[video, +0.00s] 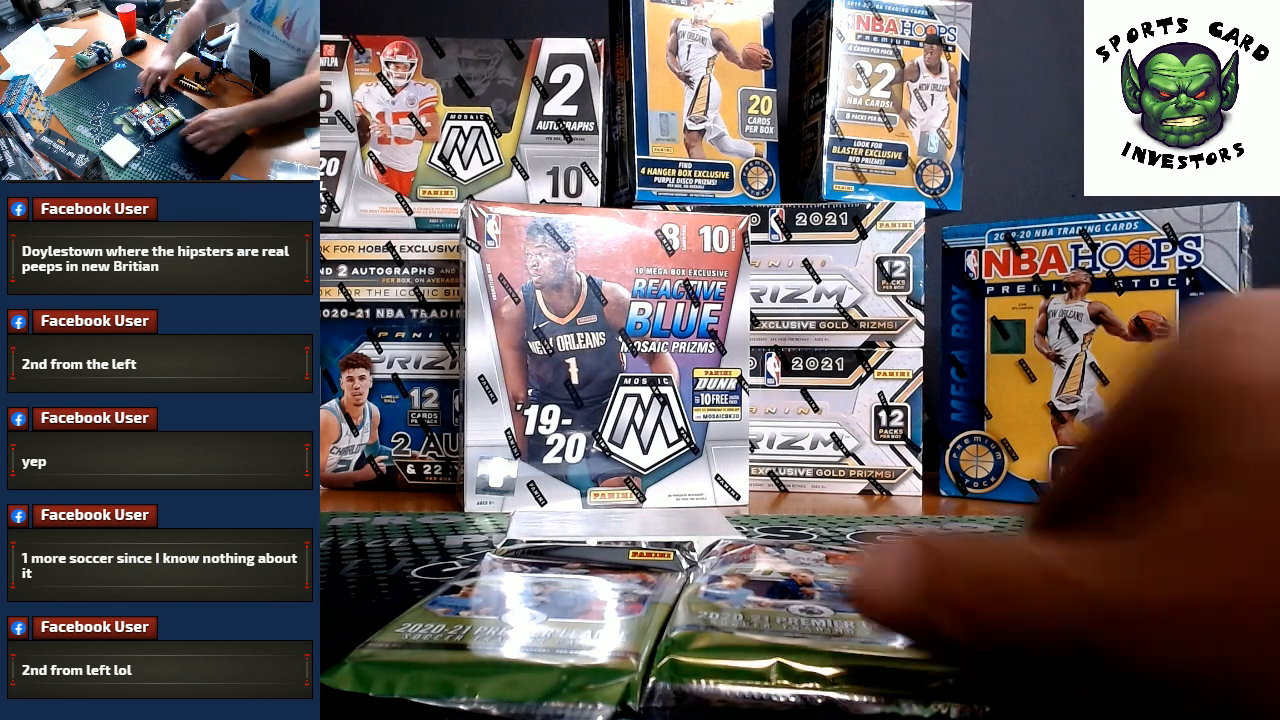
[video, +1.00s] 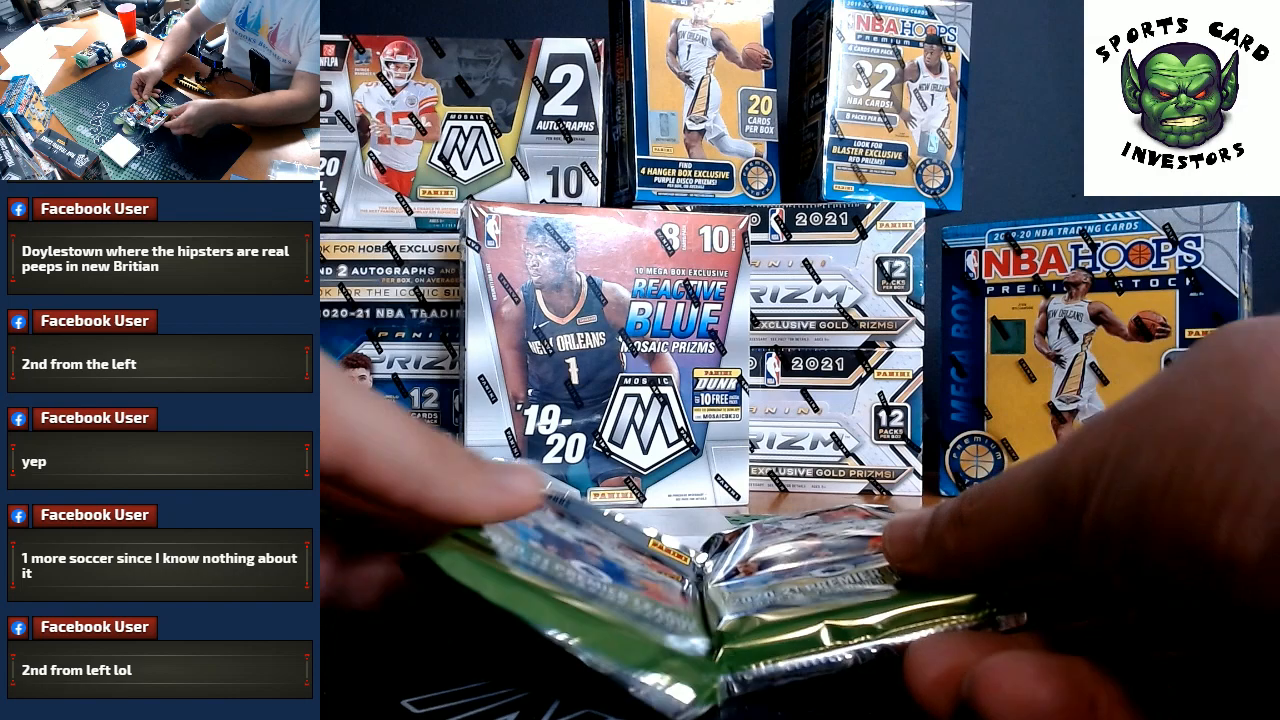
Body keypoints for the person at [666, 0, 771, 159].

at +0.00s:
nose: (697, 9)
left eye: (703, 6)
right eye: (695, 6)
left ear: (711, 12)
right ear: (692, 8)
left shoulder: (715, 34)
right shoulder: (678, 24)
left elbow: (740, 59)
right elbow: (670, 53)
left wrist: (764, 62)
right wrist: (678, 72)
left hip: (705, 87)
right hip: (692, 88)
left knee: (692, 141)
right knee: (725, 145)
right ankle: (766, 157)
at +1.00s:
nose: (697, 9)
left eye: (702, 6)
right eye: (695, 5)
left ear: (711, 11)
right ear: (691, 8)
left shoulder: (715, 34)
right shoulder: (678, 24)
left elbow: (739, 59)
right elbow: (670, 54)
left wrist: (764, 62)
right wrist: (678, 72)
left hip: (705, 87)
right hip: (692, 88)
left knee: (692, 141)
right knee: (725, 145)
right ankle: (765, 157)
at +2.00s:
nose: (697, 9)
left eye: (702, 6)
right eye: (695, 6)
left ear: (711, 11)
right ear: (691, 8)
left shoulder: (715, 34)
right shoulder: (678, 24)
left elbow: (739, 59)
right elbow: (670, 54)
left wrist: (764, 62)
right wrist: (678, 72)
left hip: (705, 87)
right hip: (692, 88)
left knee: (692, 141)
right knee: (725, 145)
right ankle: (764, 157)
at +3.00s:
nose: (693, 11)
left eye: (696, 7)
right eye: (688, 6)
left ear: (702, 8)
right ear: (683, 7)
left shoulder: (712, 30)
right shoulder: (679, 24)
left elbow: (734, 54)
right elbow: (671, 51)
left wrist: (757, 58)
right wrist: (678, 69)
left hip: (707, 85)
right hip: (692, 85)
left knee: (692, 138)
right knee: (723, 142)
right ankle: (757, 152)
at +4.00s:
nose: (695, 11)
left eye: (698, 8)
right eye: (690, 7)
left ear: (704, 8)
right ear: (685, 7)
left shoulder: (712, 31)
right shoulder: (679, 25)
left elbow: (734, 54)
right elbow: (671, 53)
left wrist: (756, 59)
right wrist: (678, 70)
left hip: (706, 84)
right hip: (691, 85)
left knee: (692, 139)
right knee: (724, 142)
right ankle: (756, 152)